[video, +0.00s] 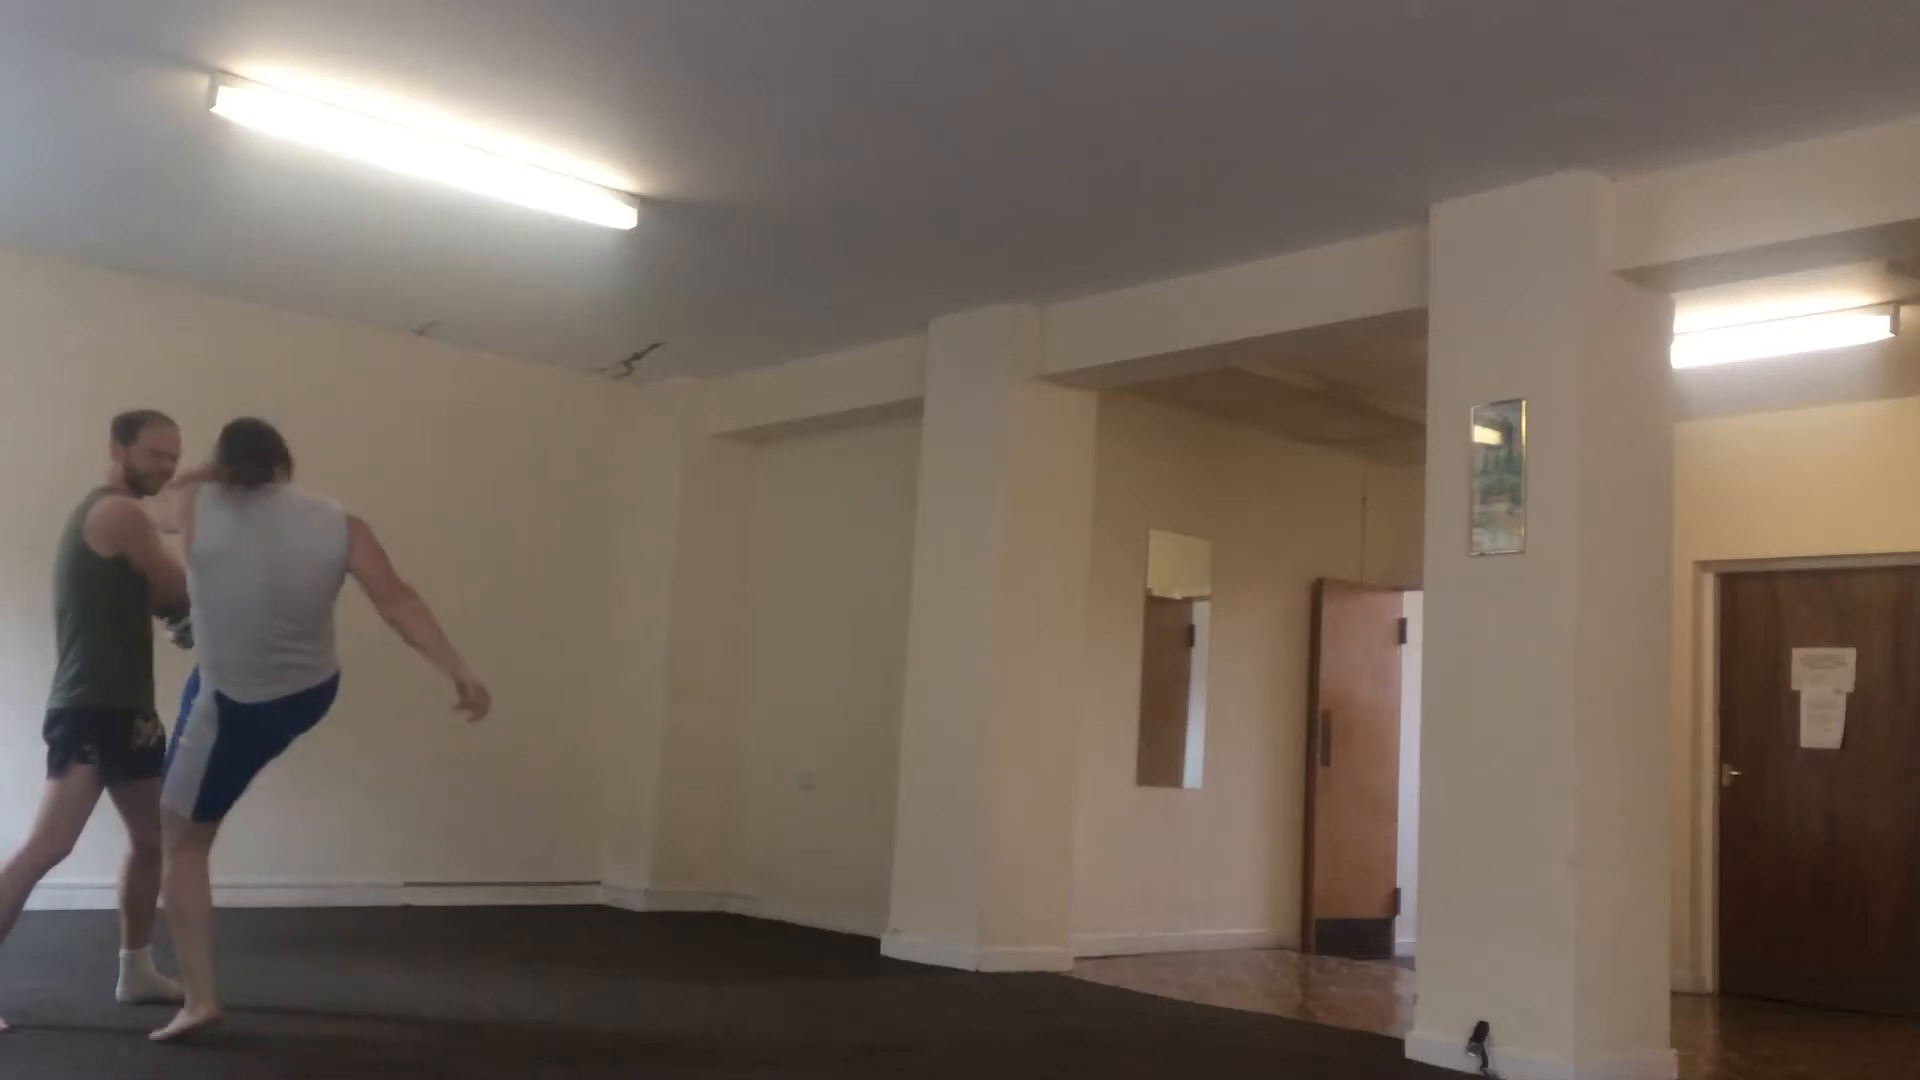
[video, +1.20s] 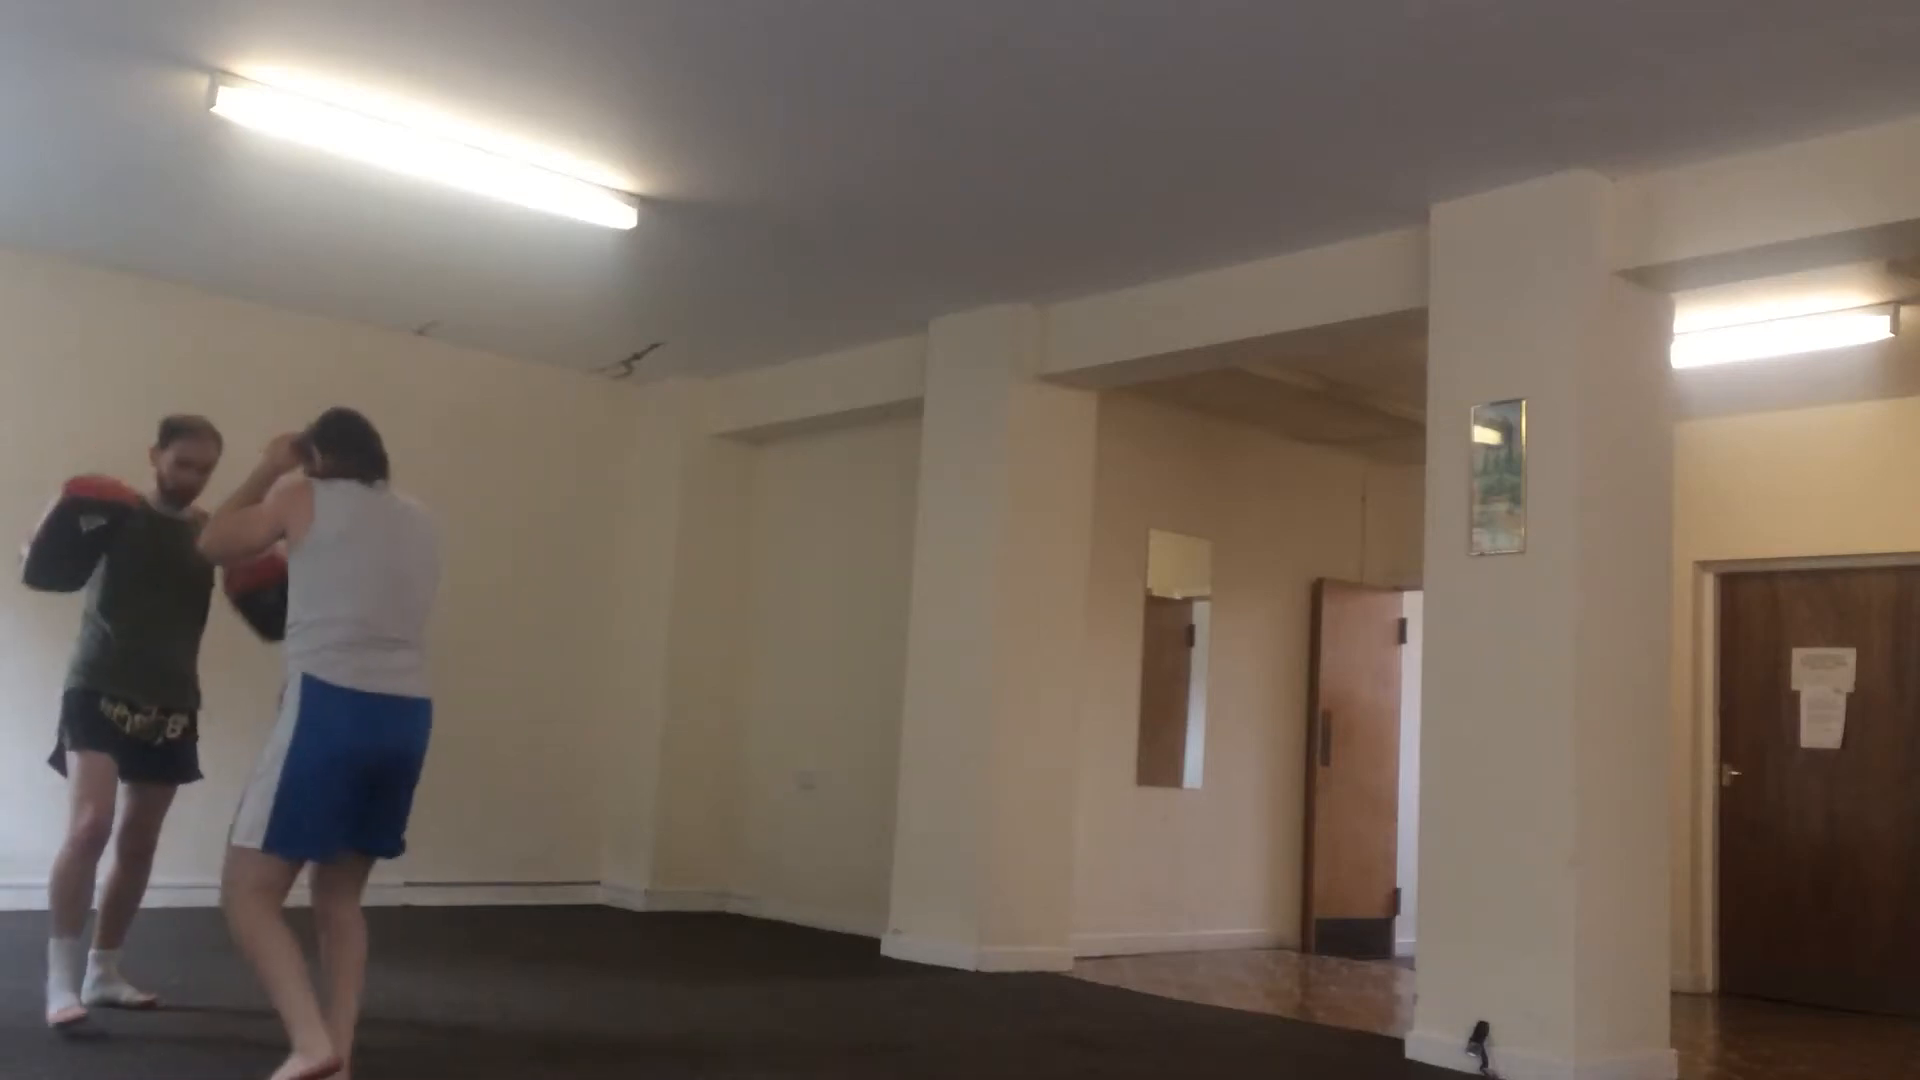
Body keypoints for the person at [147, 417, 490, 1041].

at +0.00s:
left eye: (209, 460)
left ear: (222, 468)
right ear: (287, 467)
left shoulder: (199, 507)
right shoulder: (337, 524)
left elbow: (158, 503)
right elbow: (396, 604)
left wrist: (207, 475)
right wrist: (460, 673)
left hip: (233, 707)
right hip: (311, 694)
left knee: (183, 843)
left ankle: (200, 999)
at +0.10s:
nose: (301, 468)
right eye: (298, 460)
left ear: (229, 461)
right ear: (291, 461)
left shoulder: (203, 499)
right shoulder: (335, 516)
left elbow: (179, 494)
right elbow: (410, 586)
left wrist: (230, 470)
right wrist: (484, 651)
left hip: (227, 703)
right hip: (308, 691)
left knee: (185, 837)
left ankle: (195, 987)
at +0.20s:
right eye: (296, 458)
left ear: (235, 460)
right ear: (300, 462)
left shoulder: (215, 503)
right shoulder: (342, 520)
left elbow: (165, 492)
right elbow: (414, 596)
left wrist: (224, 463)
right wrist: (466, 624)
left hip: (228, 705)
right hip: (304, 699)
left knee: (183, 849)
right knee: (271, 704)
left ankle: (195, 1001)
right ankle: (297, 795)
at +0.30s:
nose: (240, 466)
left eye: (245, 458)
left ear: (249, 464)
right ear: (311, 465)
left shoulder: (230, 511)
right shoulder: (349, 526)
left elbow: (155, 512)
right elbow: (398, 601)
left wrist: (216, 472)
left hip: (231, 703)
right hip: (305, 705)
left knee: (182, 853)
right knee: (267, 786)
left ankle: (196, 1006)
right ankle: (301, 891)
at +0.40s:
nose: (251, 472)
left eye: (255, 464)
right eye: (254, 463)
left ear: (267, 473)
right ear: (320, 472)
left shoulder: (248, 522)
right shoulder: (360, 535)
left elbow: (159, 545)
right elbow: (377, 594)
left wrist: (216, 486)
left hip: (242, 718)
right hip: (318, 723)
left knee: (177, 853)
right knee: (273, 846)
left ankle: (190, 1007)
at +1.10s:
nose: (290, 443)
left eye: (293, 435)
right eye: (293, 435)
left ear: (309, 438)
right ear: (370, 442)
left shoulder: (301, 476)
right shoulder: (415, 505)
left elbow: (202, 515)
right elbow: (350, 554)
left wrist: (251, 454)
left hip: (317, 695)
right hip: (396, 705)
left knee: (250, 869)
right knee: (334, 875)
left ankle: (281, 1046)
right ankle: (337, 1045)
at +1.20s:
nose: (299, 461)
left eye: (304, 453)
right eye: (302, 453)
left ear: (317, 457)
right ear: (379, 462)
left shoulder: (306, 496)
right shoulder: (421, 523)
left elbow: (212, 541)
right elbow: (375, 603)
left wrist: (266, 471)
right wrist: (286, 588)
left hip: (324, 719)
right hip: (403, 728)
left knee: (248, 894)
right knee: (341, 895)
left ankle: (312, 1047)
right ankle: (337, 1056)